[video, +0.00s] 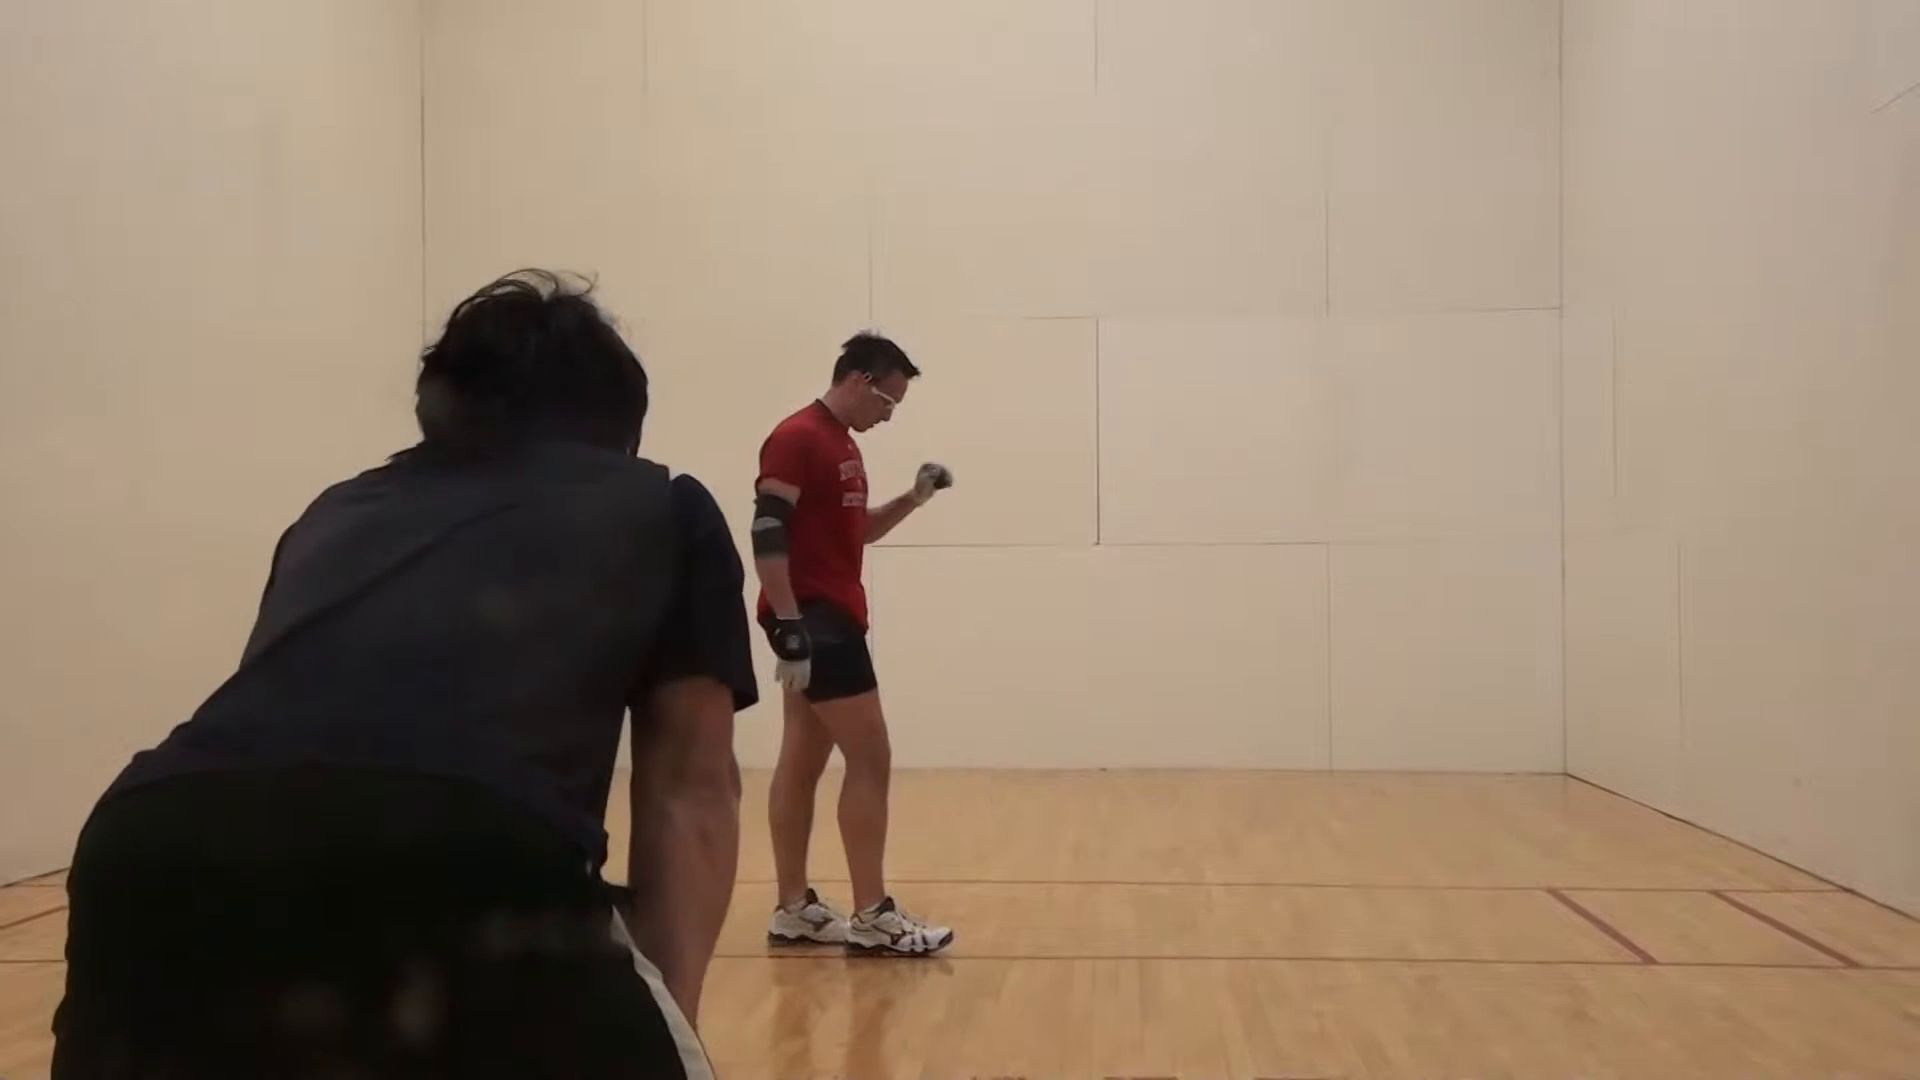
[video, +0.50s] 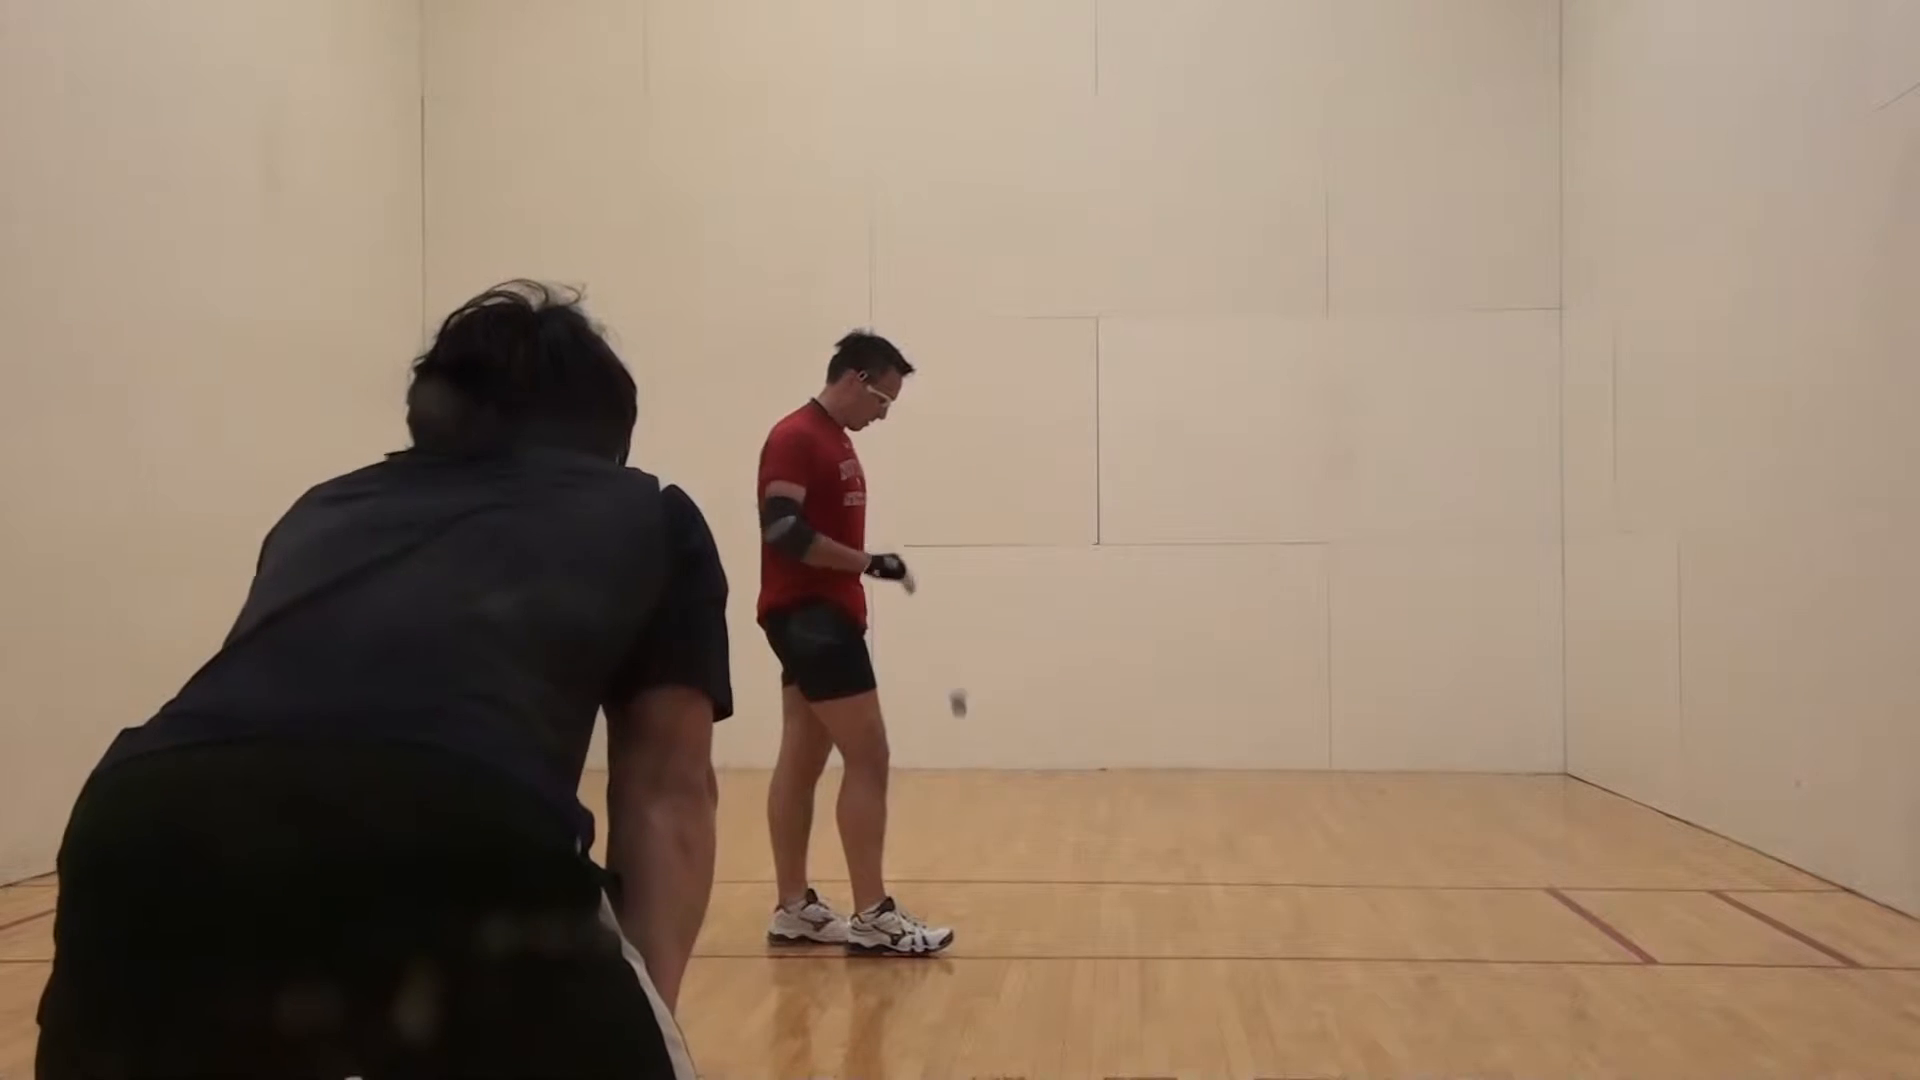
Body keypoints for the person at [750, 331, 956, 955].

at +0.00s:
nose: (890, 411)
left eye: (895, 402)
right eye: (888, 398)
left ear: (862, 387)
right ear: (855, 380)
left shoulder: (841, 443)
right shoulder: (799, 437)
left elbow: (856, 531)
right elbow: (767, 534)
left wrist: (913, 497)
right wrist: (791, 628)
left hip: (823, 622)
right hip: (820, 625)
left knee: (799, 764)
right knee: (870, 759)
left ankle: (793, 907)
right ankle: (871, 913)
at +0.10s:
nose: (888, 412)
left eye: (893, 401)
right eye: (886, 397)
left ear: (860, 384)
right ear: (856, 379)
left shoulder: (842, 444)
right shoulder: (795, 438)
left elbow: (851, 539)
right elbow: (768, 536)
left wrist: (923, 530)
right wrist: (801, 620)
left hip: (825, 621)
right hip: (817, 623)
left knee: (801, 762)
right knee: (869, 758)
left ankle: (793, 907)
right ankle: (871, 913)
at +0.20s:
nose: (885, 412)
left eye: (891, 401)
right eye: (884, 397)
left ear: (857, 384)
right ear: (854, 378)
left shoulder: (839, 444)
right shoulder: (794, 438)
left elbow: (851, 548)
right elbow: (768, 535)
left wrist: (922, 590)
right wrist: (814, 612)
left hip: (825, 619)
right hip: (816, 623)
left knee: (801, 760)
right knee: (867, 758)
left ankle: (793, 906)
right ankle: (872, 914)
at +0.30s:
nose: (886, 409)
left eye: (890, 399)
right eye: (883, 395)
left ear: (857, 384)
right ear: (851, 378)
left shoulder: (842, 441)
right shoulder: (795, 436)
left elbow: (843, 544)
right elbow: (770, 535)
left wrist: (873, 614)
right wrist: (836, 600)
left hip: (829, 618)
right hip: (811, 620)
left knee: (800, 763)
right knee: (868, 759)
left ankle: (793, 906)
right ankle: (871, 912)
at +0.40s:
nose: (885, 410)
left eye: (890, 400)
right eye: (883, 396)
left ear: (856, 383)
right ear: (851, 378)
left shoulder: (838, 440)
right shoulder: (796, 436)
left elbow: (821, 531)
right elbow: (774, 529)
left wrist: (856, 592)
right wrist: (852, 581)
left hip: (825, 615)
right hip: (809, 617)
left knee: (800, 761)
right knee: (868, 757)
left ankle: (793, 906)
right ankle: (871, 912)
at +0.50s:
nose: (883, 411)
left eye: (888, 401)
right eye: (882, 397)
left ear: (854, 384)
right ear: (849, 378)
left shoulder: (833, 439)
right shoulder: (797, 436)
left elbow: (815, 531)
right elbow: (782, 530)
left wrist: (849, 600)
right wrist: (865, 561)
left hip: (822, 616)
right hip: (811, 618)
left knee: (800, 760)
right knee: (868, 758)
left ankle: (793, 907)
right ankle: (872, 913)